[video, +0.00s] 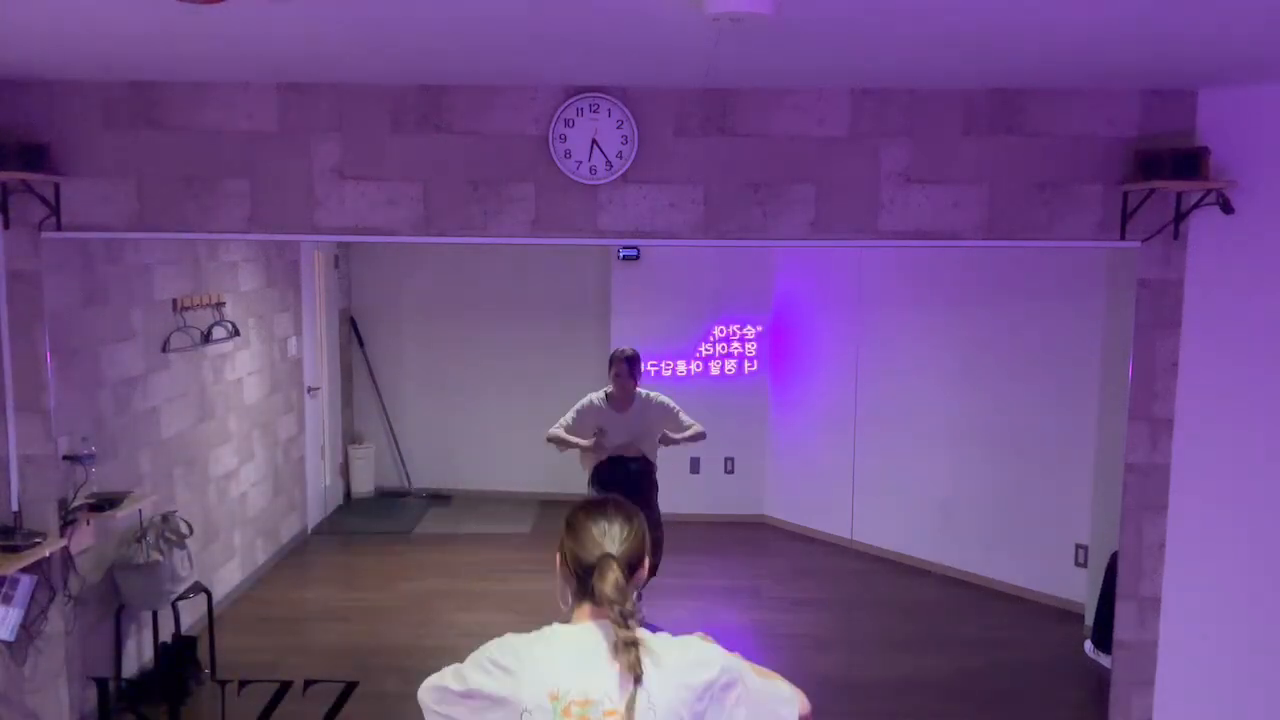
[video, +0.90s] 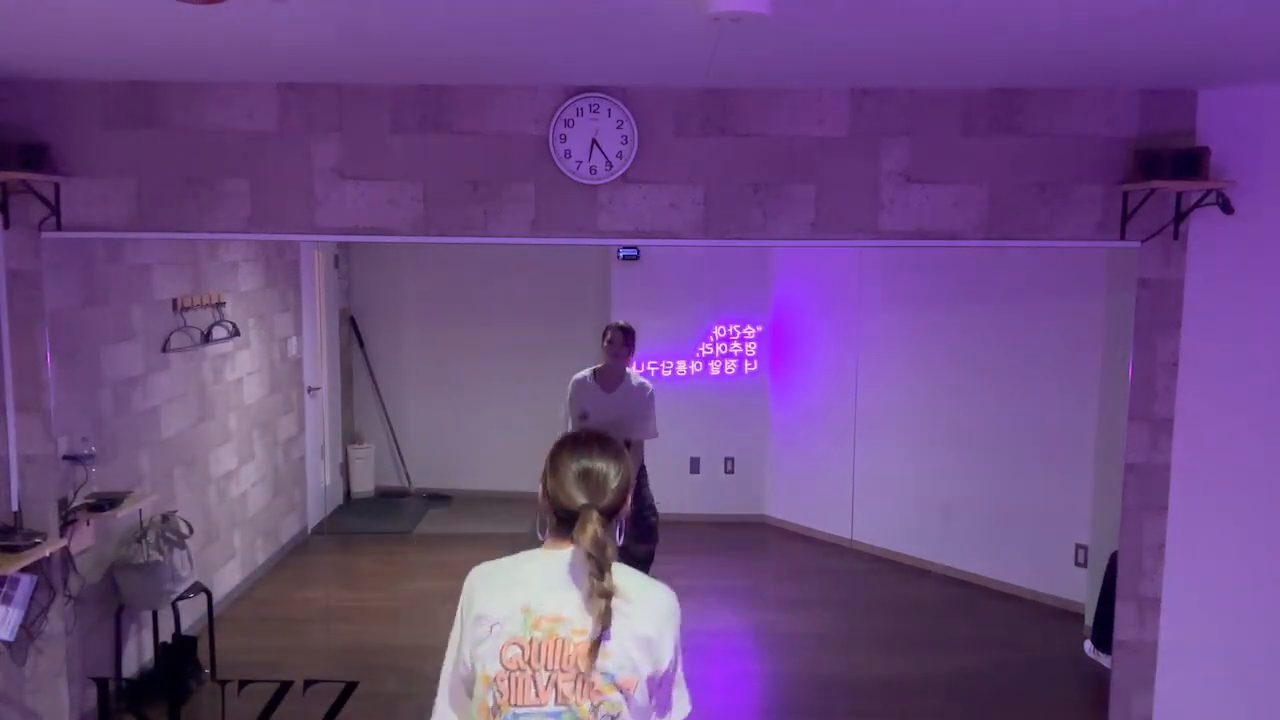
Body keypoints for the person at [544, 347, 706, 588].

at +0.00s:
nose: (621, 381)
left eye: (627, 375)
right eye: (617, 375)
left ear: (637, 376)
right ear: (610, 375)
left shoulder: (654, 403)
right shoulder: (594, 404)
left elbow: (699, 432)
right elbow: (554, 434)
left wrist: (676, 439)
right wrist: (584, 444)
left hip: (642, 484)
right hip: (604, 482)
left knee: (652, 552)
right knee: (603, 542)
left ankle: (636, 596)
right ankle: (602, 598)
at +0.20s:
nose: (625, 383)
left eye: (631, 377)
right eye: (619, 377)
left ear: (639, 376)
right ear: (611, 374)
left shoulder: (654, 398)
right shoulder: (596, 397)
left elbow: (704, 412)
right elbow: (551, 408)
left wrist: (671, 416)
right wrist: (585, 417)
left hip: (642, 479)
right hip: (604, 477)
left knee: (650, 534)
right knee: (601, 531)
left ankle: (645, 584)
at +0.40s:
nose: (621, 348)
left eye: (627, 343)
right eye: (616, 342)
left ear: (637, 345)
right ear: (610, 343)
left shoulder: (652, 367)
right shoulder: (596, 364)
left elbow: (698, 369)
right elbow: (549, 360)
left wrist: (662, 392)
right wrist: (582, 391)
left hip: (640, 445)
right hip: (601, 443)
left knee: (652, 500)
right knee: (598, 496)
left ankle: (651, 551)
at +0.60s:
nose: (615, 320)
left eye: (621, 315)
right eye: (611, 314)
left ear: (633, 320)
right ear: (606, 317)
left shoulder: (649, 346)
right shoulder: (590, 342)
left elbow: (682, 380)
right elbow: (549, 369)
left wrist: (651, 409)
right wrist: (574, 407)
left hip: (637, 434)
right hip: (593, 431)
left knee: (639, 498)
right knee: (593, 497)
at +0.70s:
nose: (612, 322)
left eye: (619, 317)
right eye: (609, 316)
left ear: (631, 323)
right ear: (603, 320)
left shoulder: (647, 355)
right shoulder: (586, 351)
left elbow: (664, 406)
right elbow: (553, 391)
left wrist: (640, 441)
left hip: (635, 442)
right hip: (592, 438)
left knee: (640, 507)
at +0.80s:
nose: (613, 333)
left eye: (620, 328)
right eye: (609, 327)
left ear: (630, 334)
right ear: (603, 331)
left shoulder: (644, 372)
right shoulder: (583, 369)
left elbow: (645, 430)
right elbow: (571, 417)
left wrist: (630, 469)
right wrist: (579, 458)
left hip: (633, 459)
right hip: (591, 454)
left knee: (643, 520)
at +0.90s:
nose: (614, 349)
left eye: (621, 344)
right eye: (610, 342)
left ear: (630, 350)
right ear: (602, 345)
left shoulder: (642, 389)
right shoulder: (580, 383)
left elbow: (636, 446)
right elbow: (569, 433)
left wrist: (629, 492)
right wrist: (568, 476)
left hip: (627, 466)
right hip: (587, 464)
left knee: (644, 527)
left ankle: (631, 589)